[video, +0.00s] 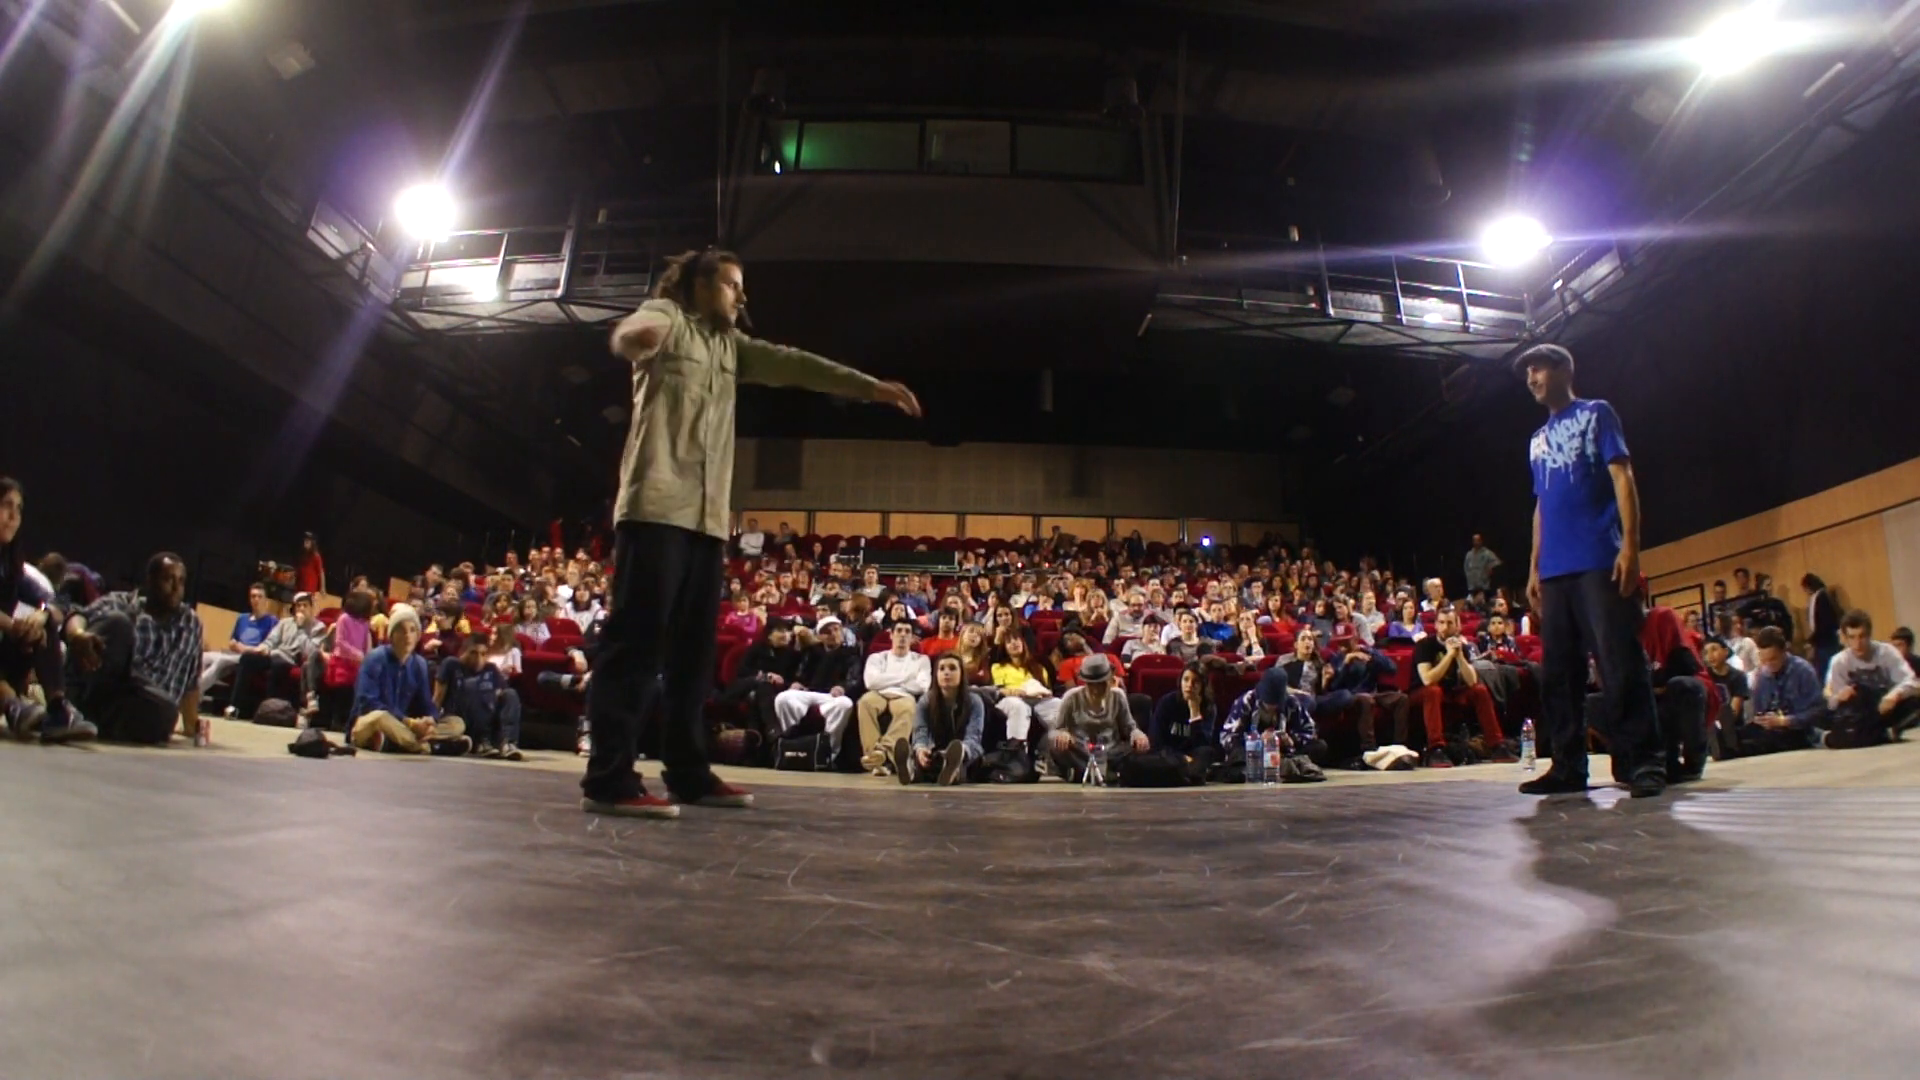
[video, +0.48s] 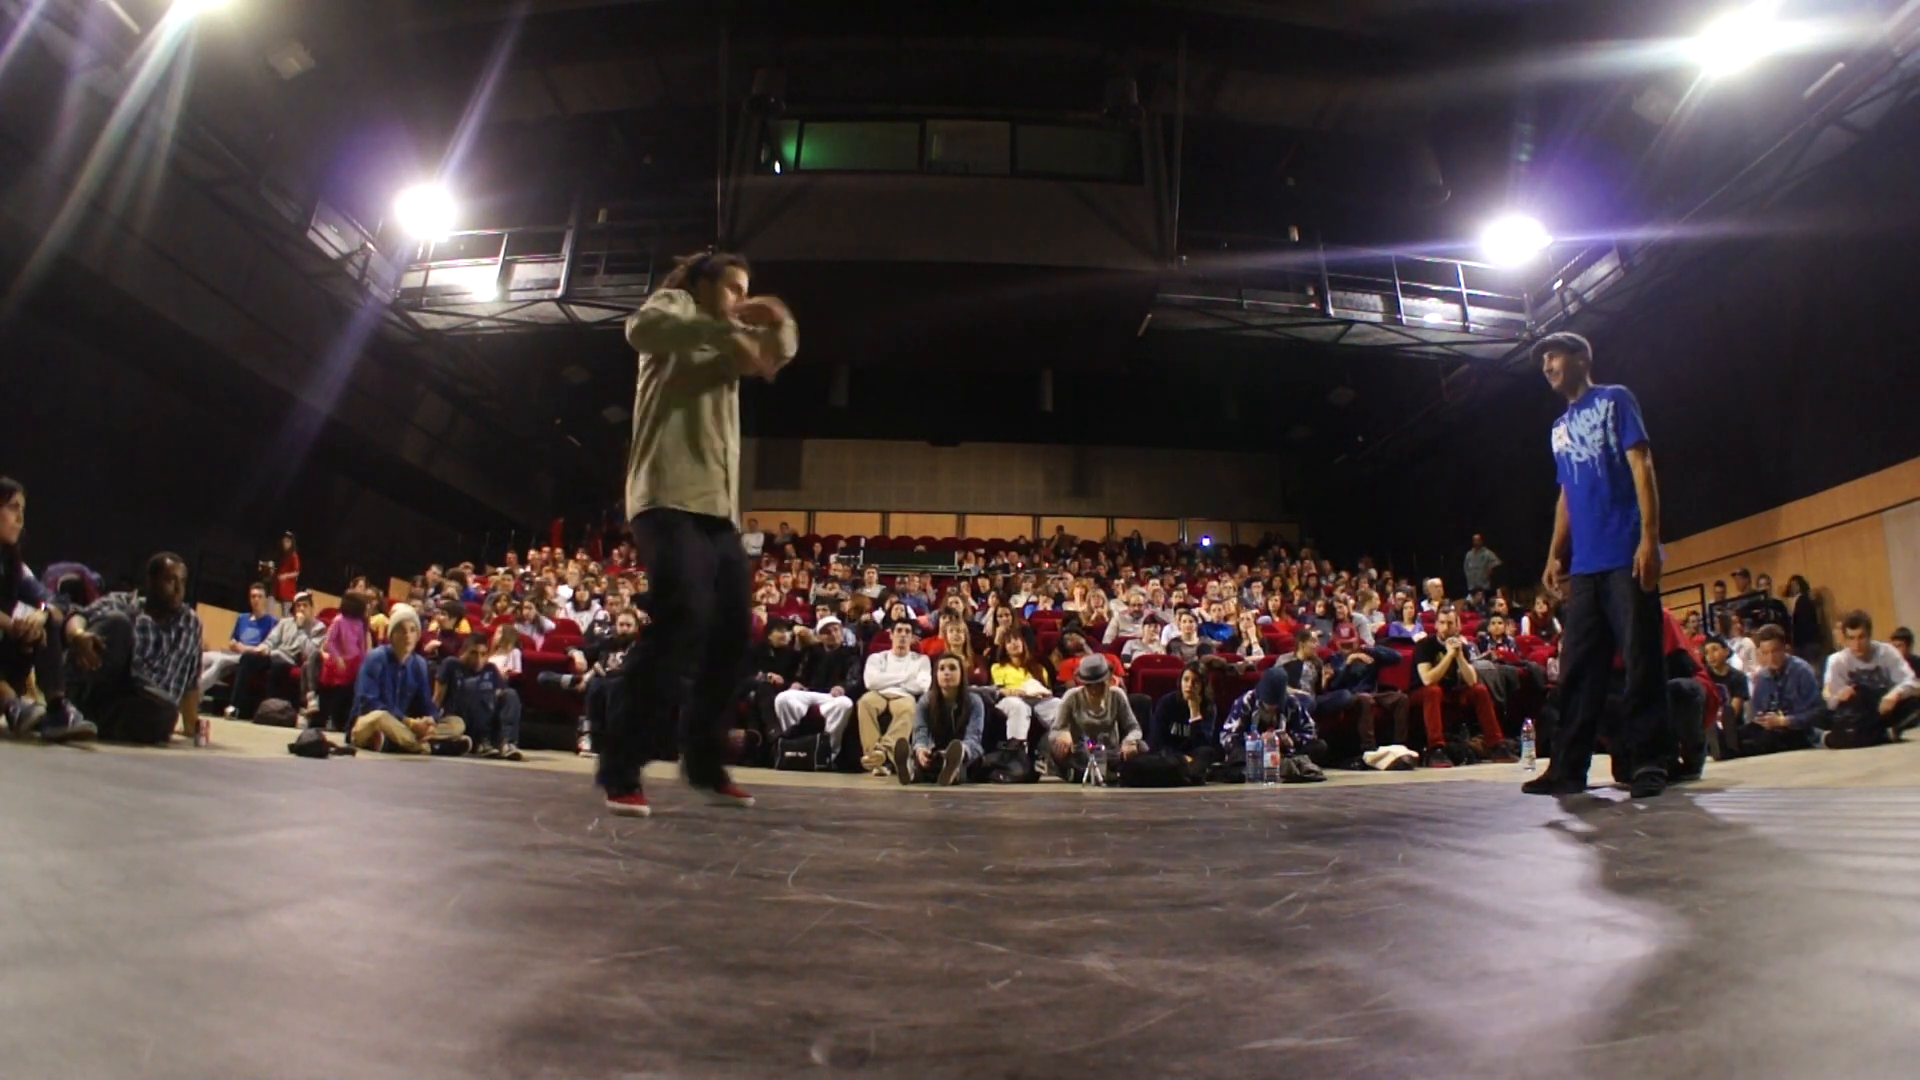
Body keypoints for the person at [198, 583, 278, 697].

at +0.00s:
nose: (256, 600)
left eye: (260, 597)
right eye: (253, 596)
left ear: (266, 600)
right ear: (250, 599)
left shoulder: (271, 621)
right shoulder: (242, 618)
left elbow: (265, 648)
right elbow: (233, 641)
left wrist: (242, 647)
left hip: (253, 656)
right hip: (235, 654)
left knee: (221, 661)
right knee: (204, 657)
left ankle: (195, 692)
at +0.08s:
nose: (256, 600)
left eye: (260, 596)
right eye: (253, 596)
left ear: (265, 599)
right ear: (249, 599)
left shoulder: (272, 622)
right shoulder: (242, 618)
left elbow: (265, 648)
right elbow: (233, 641)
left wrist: (241, 647)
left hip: (253, 656)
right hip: (235, 653)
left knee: (222, 661)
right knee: (204, 657)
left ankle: (195, 691)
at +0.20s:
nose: (256, 600)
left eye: (260, 596)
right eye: (253, 596)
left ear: (265, 599)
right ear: (249, 599)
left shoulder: (272, 622)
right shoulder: (242, 619)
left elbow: (266, 648)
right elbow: (233, 641)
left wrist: (242, 647)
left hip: (254, 656)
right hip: (236, 654)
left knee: (221, 661)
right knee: (204, 657)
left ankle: (195, 692)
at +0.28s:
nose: (256, 600)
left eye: (259, 596)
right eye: (253, 596)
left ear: (265, 599)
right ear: (249, 599)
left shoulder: (271, 621)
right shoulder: (242, 618)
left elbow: (267, 647)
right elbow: (233, 640)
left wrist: (244, 648)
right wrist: (237, 646)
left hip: (254, 656)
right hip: (235, 653)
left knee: (221, 661)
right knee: (203, 657)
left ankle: (195, 692)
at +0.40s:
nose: (256, 600)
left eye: (260, 596)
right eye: (253, 596)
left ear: (265, 599)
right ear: (249, 599)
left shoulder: (272, 622)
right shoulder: (242, 618)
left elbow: (266, 648)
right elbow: (233, 640)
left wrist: (243, 648)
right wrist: (236, 645)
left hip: (254, 656)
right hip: (236, 653)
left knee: (221, 661)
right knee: (204, 657)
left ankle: (196, 691)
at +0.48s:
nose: (256, 600)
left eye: (260, 596)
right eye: (253, 596)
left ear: (265, 599)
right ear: (249, 599)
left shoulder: (272, 621)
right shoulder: (242, 618)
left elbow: (266, 648)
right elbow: (233, 640)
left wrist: (243, 648)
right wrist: (236, 645)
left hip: (254, 656)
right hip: (236, 653)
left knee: (222, 661)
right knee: (204, 657)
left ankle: (196, 691)